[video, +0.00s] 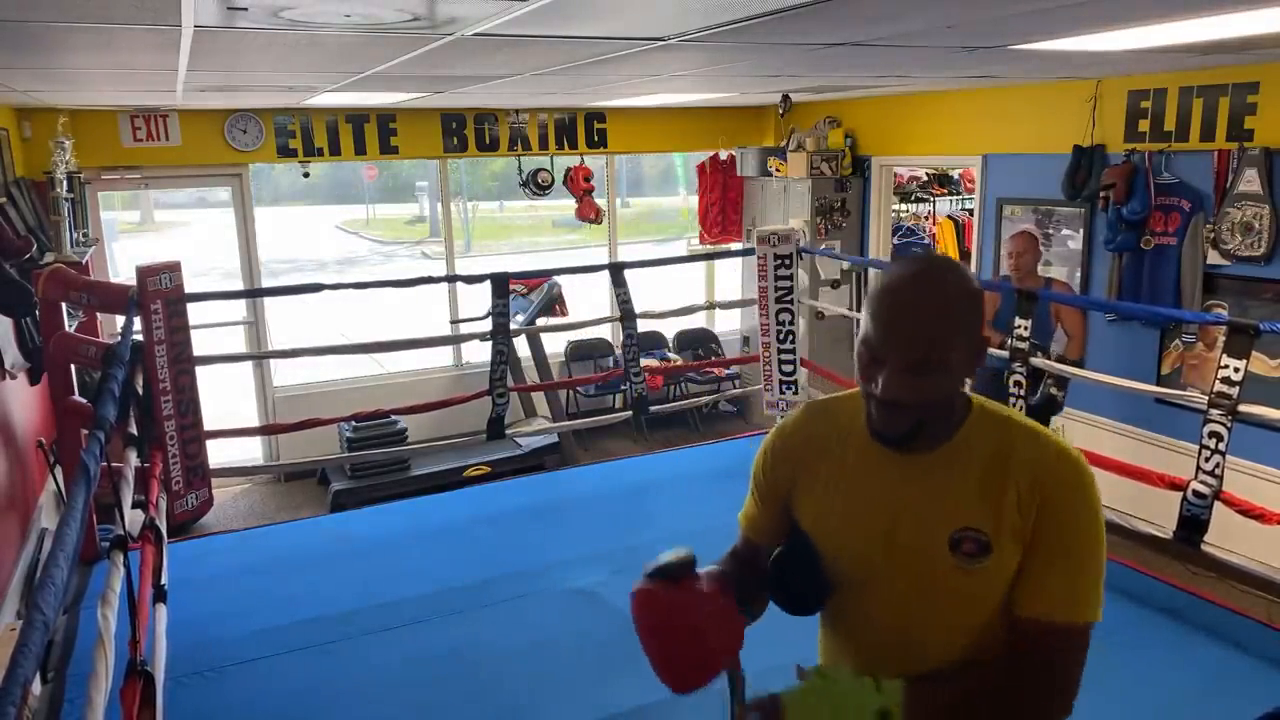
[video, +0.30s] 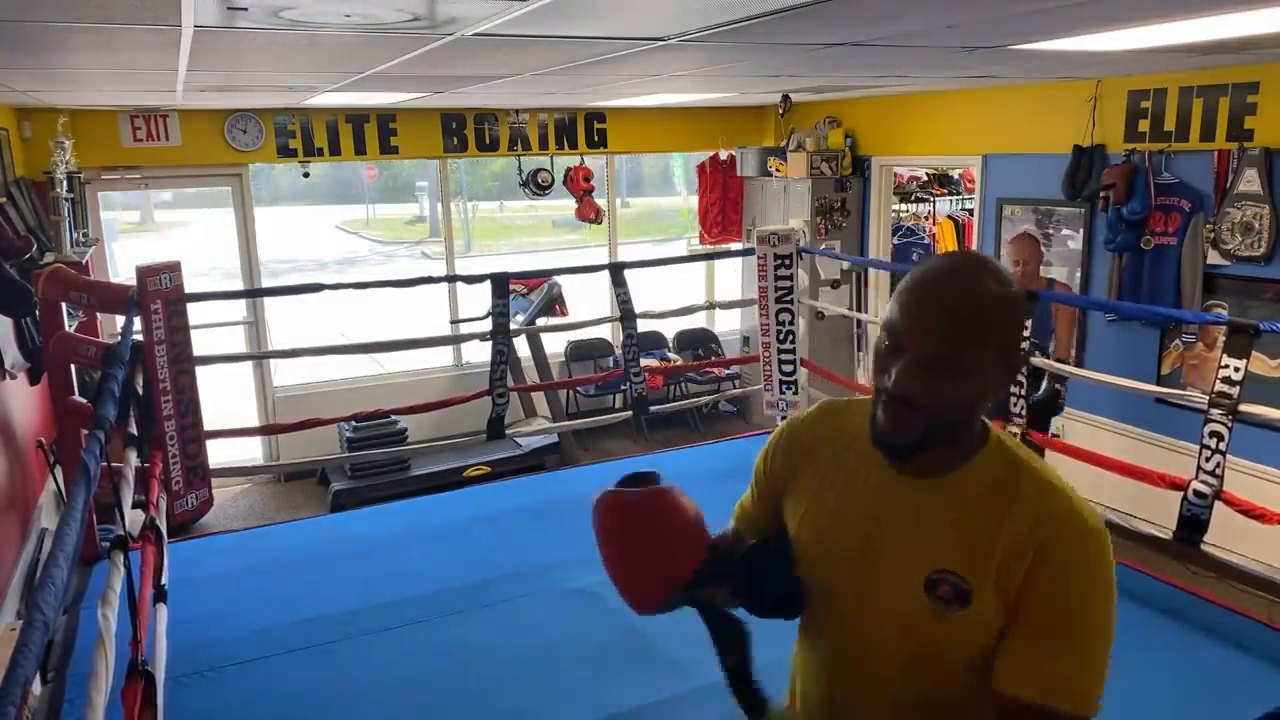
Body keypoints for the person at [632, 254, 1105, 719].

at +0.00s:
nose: (884, 388)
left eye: (920, 369)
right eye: (872, 355)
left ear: (975, 358)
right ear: (857, 337)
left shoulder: (1047, 480)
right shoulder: (801, 441)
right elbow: (752, 560)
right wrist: (698, 603)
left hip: (970, 710)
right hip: (837, 697)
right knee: (750, 711)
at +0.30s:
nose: (897, 381)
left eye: (939, 367)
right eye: (890, 344)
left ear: (1006, 378)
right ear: (879, 326)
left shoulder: (1057, 537)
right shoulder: (808, 442)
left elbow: (1040, 708)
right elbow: (742, 551)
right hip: (810, 707)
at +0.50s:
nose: (833, 374)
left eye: (872, 358)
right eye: (831, 344)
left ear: (945, 385)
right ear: (816, 343)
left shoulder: (1012, 550)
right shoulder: (750, 462)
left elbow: (1044, 707)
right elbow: (690, 587)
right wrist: (579, 594)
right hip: (767, 706)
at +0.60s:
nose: (795, 380)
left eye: (833, 365)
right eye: (792, 347)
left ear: (913, 387)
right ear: (780, 342)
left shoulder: (989, 552)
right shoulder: (722, 468)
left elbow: (1022, 709)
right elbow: (657, 600)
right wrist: (534, 611)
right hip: (749, 704)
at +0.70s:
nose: (716, 417)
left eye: (748, 397)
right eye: (712, 387)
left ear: (831, 395)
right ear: (704, 375)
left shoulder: (941, 558)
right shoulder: (670, 484)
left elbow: (989, 712)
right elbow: (604, 620)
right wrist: (479, 653)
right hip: (699, 708)